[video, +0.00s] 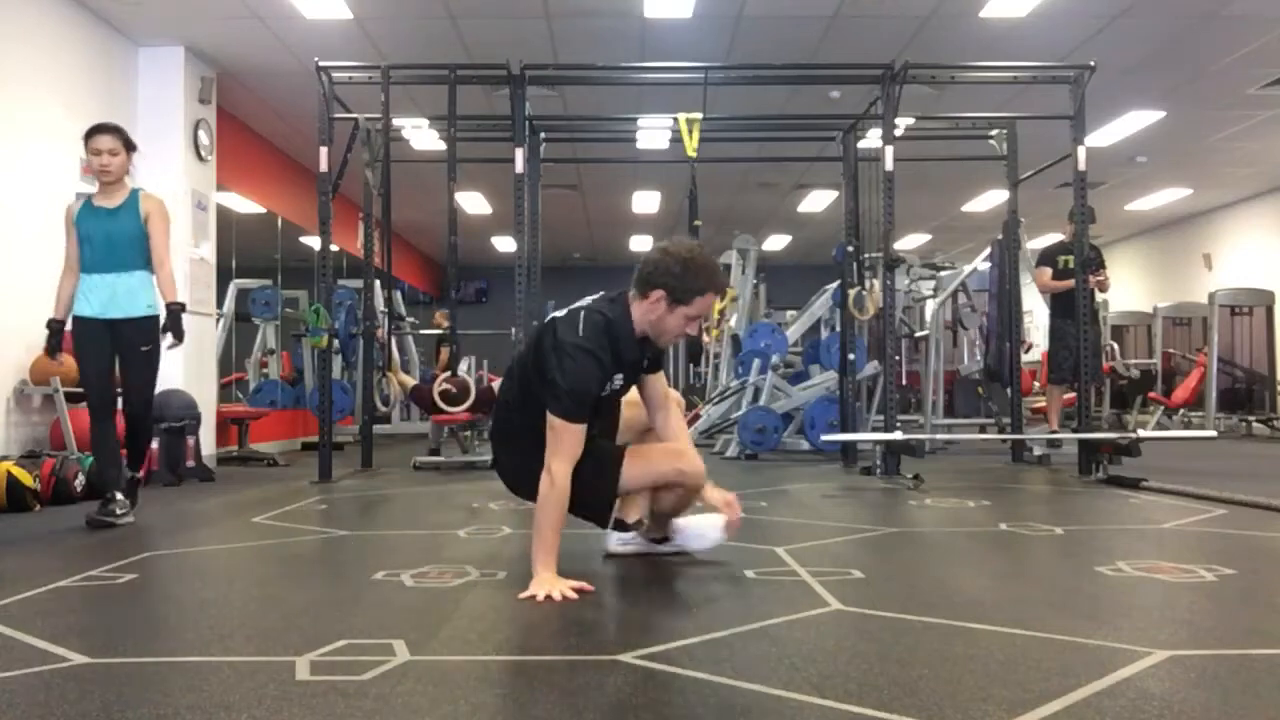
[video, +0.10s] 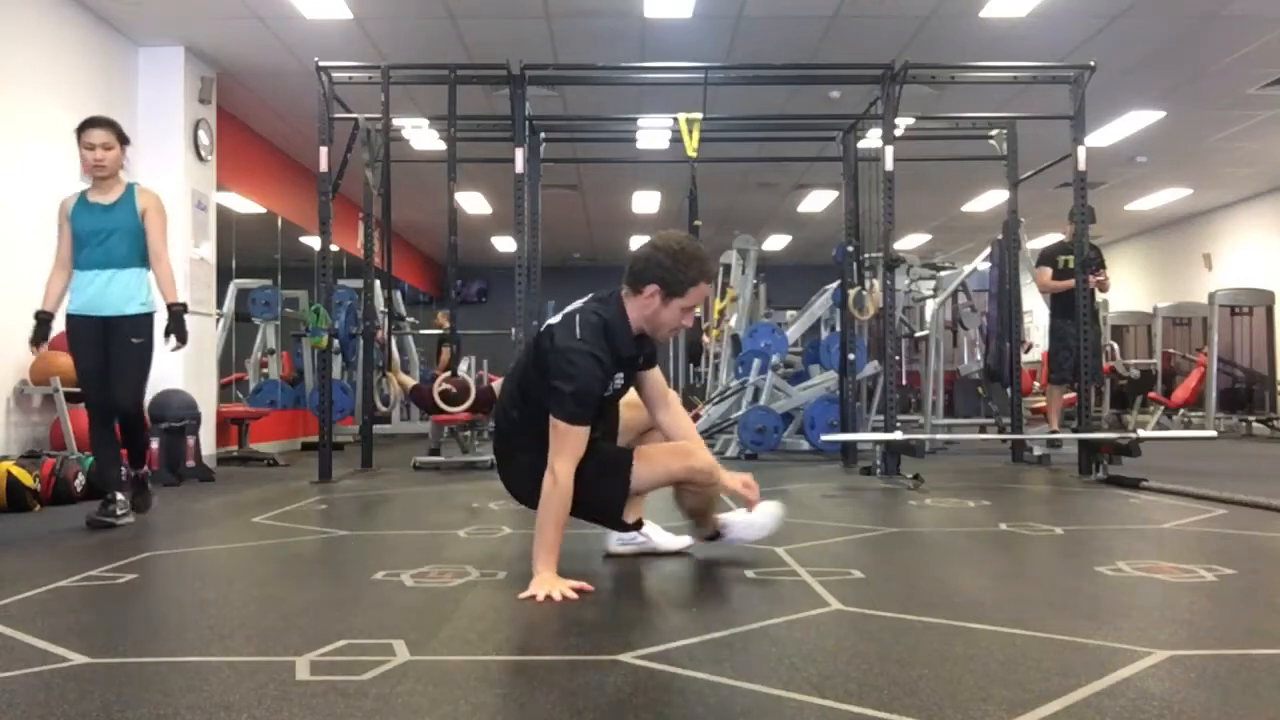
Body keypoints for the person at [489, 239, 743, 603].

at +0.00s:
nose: (693, 332)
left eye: (699, 322)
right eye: (690, 319)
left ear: (655, 300)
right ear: (656, 301)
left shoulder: (637, 328)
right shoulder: (581, 348)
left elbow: (663, 411)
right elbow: (556, 470)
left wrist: (704, 486)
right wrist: (544, 572)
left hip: (565, 425)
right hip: (530, 462)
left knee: (669, 405)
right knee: (687, 464)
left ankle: (627, 524)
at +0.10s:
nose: (689, 322)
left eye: (694, 312)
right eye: (687, 310)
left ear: (650, 296)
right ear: (651, 296)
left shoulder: (628, 325)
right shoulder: (582, 352)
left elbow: (664, 406)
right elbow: (559, 471)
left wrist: (719, 475)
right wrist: (544, 572)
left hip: (564, 433)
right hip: (538, 467)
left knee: (659, 404)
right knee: (696, 460)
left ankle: (627, 525)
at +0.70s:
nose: (654, 302)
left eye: (652, 290)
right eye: (647, 291)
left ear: (611, 298)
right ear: (612, 299)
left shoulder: (588, 341)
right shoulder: (594, 365)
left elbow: (674, 400)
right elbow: (564, 473)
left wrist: (753, 443)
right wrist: (544, 572)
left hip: (583, 479)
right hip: (599, 512)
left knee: (676, 420)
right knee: (741, 471)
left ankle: (636, 530)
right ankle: (872, 476)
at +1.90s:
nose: (534, 331)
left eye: (528, 320)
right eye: (523, 323)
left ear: (491, 340)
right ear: (492, 340)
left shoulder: (506, 387)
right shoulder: (488, 404)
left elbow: (596, 382)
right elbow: (463, 512)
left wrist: (683, 353)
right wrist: (534, 570)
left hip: (575, 502)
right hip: (594, 531)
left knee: (629, 393)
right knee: (698, 422)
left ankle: (644, 532)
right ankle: (799, 361)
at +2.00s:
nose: (508, 338)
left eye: (501, 330)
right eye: (495, 334)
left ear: (465, 355)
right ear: (461, 356)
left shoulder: (483, 398)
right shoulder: (463, 420)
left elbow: (566, 379)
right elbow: (457, 527)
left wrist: (645, 334)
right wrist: (536, 574)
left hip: (567, 499)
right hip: (589, 532)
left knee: (627, 395)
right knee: (678, 406)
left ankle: (637, 529)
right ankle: (780, 329)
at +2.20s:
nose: (436, 386)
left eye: (426, 378)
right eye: (420, 383)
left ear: (402, 413)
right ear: (395, 414)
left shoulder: (437, 435)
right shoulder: (415, 464)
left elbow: (494, 388)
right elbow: (467, 556)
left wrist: (505, 307)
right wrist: (559, 569)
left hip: (568, 511)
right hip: (566, 531)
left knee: (618, 388)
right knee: (581, 362)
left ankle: (639, 520)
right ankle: (629, 236)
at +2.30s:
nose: (410, 406)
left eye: (401, 398)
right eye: (393, 405)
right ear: (371, 441)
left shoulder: (419, 449)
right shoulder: (399, 486)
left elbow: (467, 396)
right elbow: (471, 562)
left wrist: (437, 320)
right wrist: (561, 561)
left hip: (564, 509)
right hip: (554, 531)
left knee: (593, 376)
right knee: (532, 361)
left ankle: (650, 482)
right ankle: (538, 221)